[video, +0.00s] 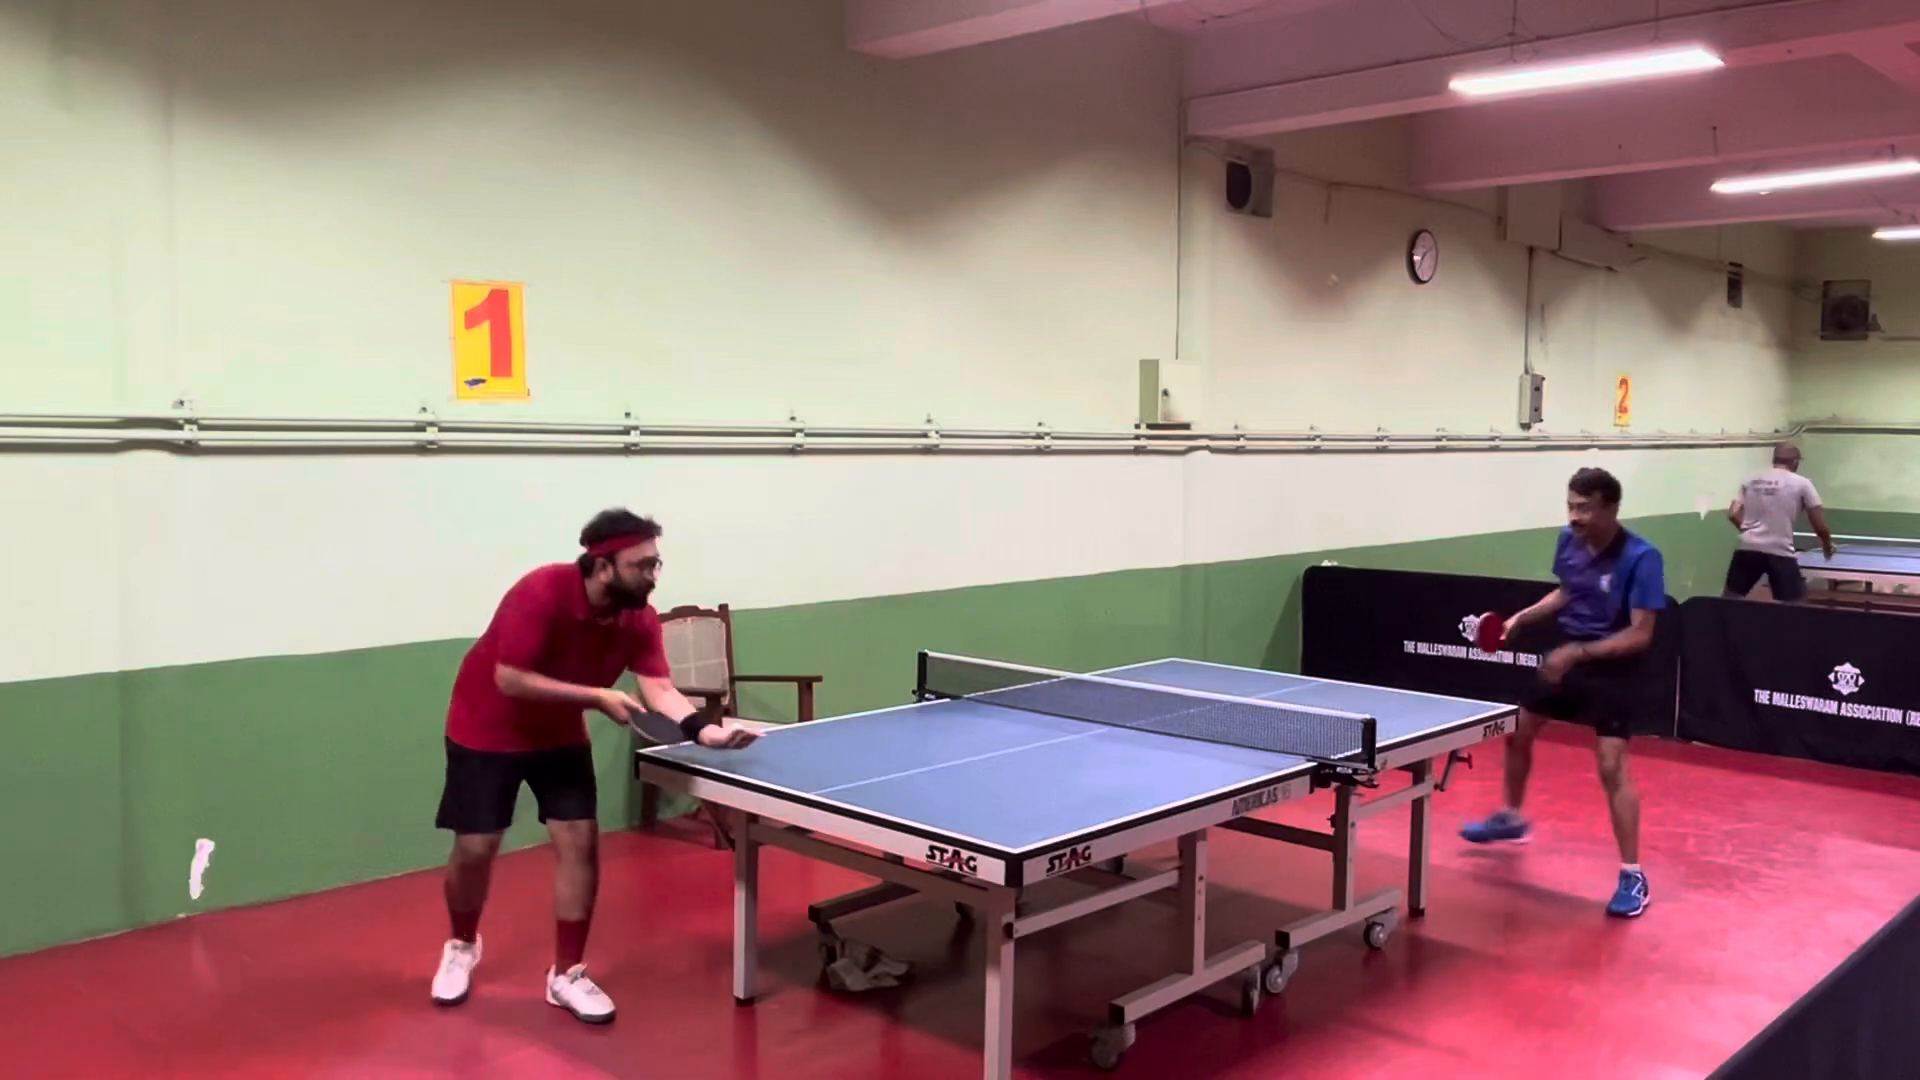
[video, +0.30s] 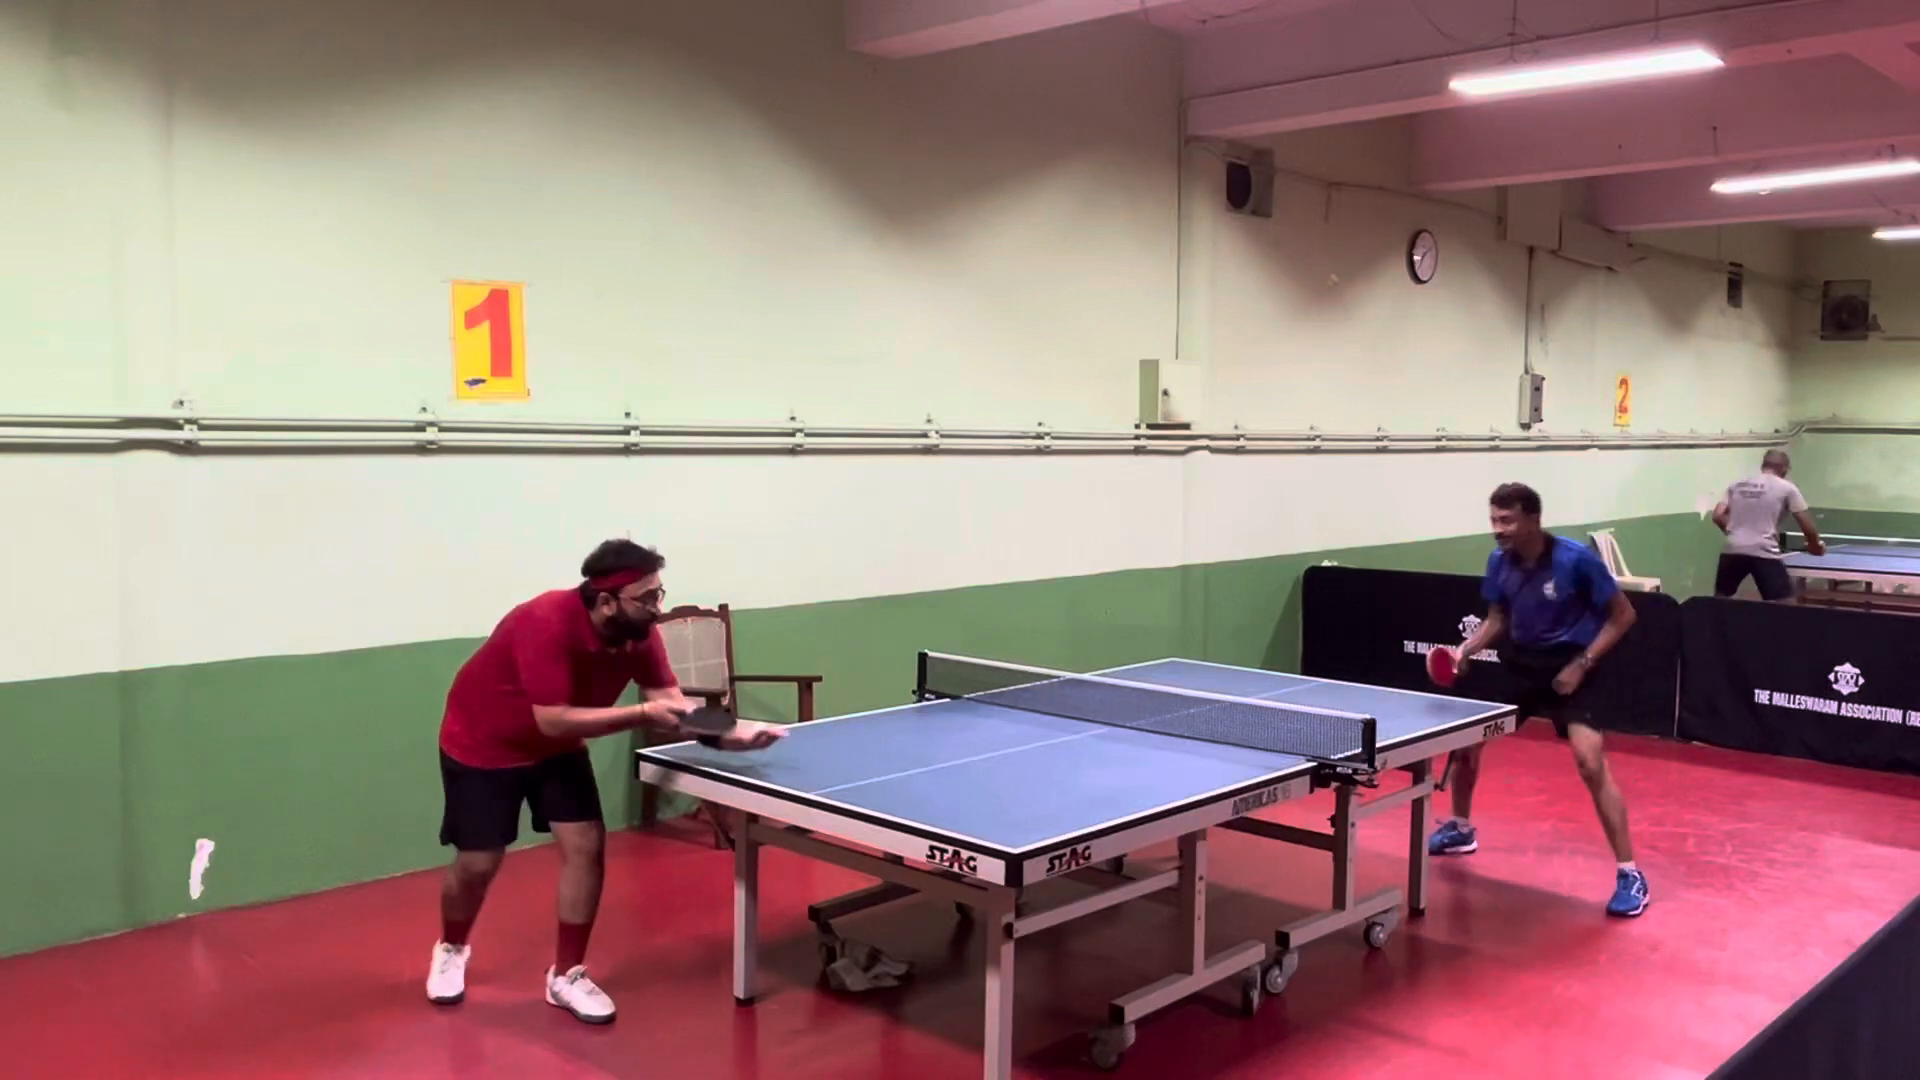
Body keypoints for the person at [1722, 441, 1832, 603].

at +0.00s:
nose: (1798, 464)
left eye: (1798, 460)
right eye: (1798, 460)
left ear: (1774, 460)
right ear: (1795, 461)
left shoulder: (1751, 480)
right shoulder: (1802, 483)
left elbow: (1734, 514)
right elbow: (1820, 528)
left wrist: (1749, 531)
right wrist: (1827, 546)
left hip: (1747, 552)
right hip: (1780, 555)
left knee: (1728, 604)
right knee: (1794, 610)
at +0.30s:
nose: (1787, 472)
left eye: (1787, 468)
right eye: (1787, 468)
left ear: (1762, 465)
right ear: (1784, 468)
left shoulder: (1737, 485)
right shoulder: (1787, 488)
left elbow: (1717, 516)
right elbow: (1809, 529)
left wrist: (1734, 531)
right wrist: (1814, 547)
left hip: (1732, 552)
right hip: (1765, 554)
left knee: (1719, 603)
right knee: (1782, 610)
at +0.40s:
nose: (1776, 478)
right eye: (1777, 475)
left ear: (1754, 469)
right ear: (1775, 473)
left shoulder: (1730, 487)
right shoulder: (1778, 489)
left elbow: (1710, 518)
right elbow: (1802, 530)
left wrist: (1728, 536)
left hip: (1726, 555)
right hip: (1759, 556)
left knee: (1720, 607)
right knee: (1779, 608)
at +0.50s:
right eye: (1763, 476)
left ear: (1741, 473)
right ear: (1763, 475)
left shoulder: (1719, 487)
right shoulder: (1769, 489)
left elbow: (1701, 519)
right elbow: (1788, 530)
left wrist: (1720, 535)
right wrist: (1779, 538)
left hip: (1721, 554)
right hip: (1753, 554)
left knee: (1717, 606)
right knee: (1770, 606)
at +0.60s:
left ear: (1729, 477)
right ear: (1751, 479)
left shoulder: (1711, 490)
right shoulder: (1761, 494)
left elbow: (1696, 520)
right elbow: (1772, 536)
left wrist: (1712, 535)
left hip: (1716, 553)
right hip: (1749, 552)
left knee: (1712, 602)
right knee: (1764, 603)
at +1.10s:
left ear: (1736, 471)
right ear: (1759, 473)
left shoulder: (1720, 485)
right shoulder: (1769, 492)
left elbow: (1704, 515)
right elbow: (1771, 529)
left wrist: (1706, 545)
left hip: (1727, 549)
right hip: (1760, 549)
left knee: (1715, 600)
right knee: (1784, 601)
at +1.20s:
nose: (1774, 476)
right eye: (1773, 473)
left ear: (1749, 473)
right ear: (1772, 475)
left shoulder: (1730, 490)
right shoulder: (1782, 495)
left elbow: (1713, 522)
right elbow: (1786, 530)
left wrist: (1717, 552)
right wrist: (1783, 550)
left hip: (1735, 554)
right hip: (1769, 554)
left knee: (1722, 606)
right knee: (1796, 605)